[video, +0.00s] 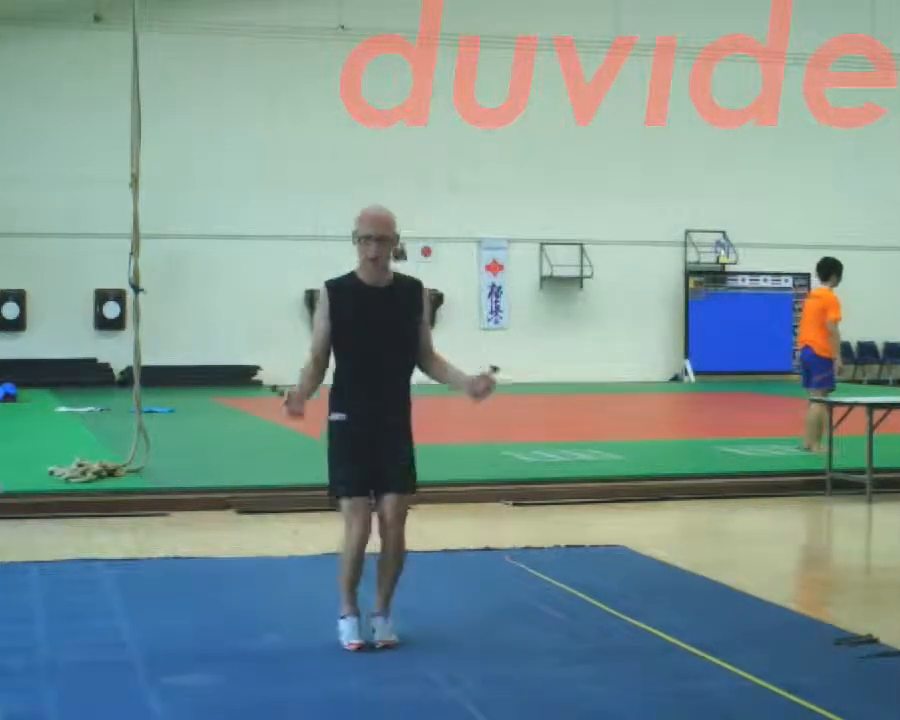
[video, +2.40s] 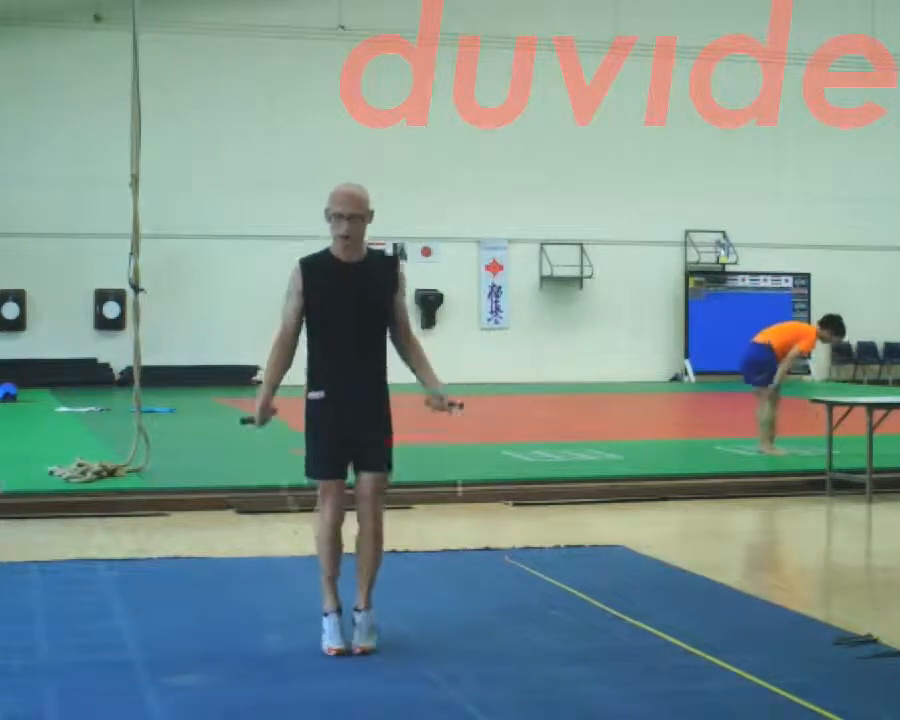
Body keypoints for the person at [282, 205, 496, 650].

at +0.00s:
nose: (374, 249)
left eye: (382, 240)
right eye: (366, 240)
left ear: (396, 243)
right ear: (355, 242)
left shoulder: (415, 294)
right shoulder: (333, 294)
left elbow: (427, 358)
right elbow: (318, 358)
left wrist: (466, 382)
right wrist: (302, 391)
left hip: (395, 417)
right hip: (348, 417)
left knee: (393, 520)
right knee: (359, 521)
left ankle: (382, 615)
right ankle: (348, 614)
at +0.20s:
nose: (373, 198)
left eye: (382, 190)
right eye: (364, 189)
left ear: (395, 192)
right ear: (353, 191)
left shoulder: (413, 242)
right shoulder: (332, 242)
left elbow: (425, 312)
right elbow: (313, 310)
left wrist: (454, 363)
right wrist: (287, 368)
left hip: (394, 369)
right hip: (349, 369)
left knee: (396, 466)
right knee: (353, 472)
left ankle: (388, 577)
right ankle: (351, 579)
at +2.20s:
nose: (347, 226)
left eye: (355, 218)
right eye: (339, 218)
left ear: (370, 218)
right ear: (327, 218)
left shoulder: (391, 268)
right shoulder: (308, 271)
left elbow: (409, 334)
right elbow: (293, 338)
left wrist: (445, 371)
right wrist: (272, 378)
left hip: (374, 396)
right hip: (326, 397)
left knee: (371, 502)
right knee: (339, 502)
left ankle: (361, 606)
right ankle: (334, 606)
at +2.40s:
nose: (344, 226)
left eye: (353, 218)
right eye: (336, 218)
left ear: (368, 220)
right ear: (326, 219)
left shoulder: (389, 272)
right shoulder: (307, 272)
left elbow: (404, 337)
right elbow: (286, 339)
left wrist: (433, 386)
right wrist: (265, 395)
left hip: (372, 400)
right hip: (325, 401)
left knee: (370, 501)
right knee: (332, 502)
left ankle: (364, 610)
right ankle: (331, 610)